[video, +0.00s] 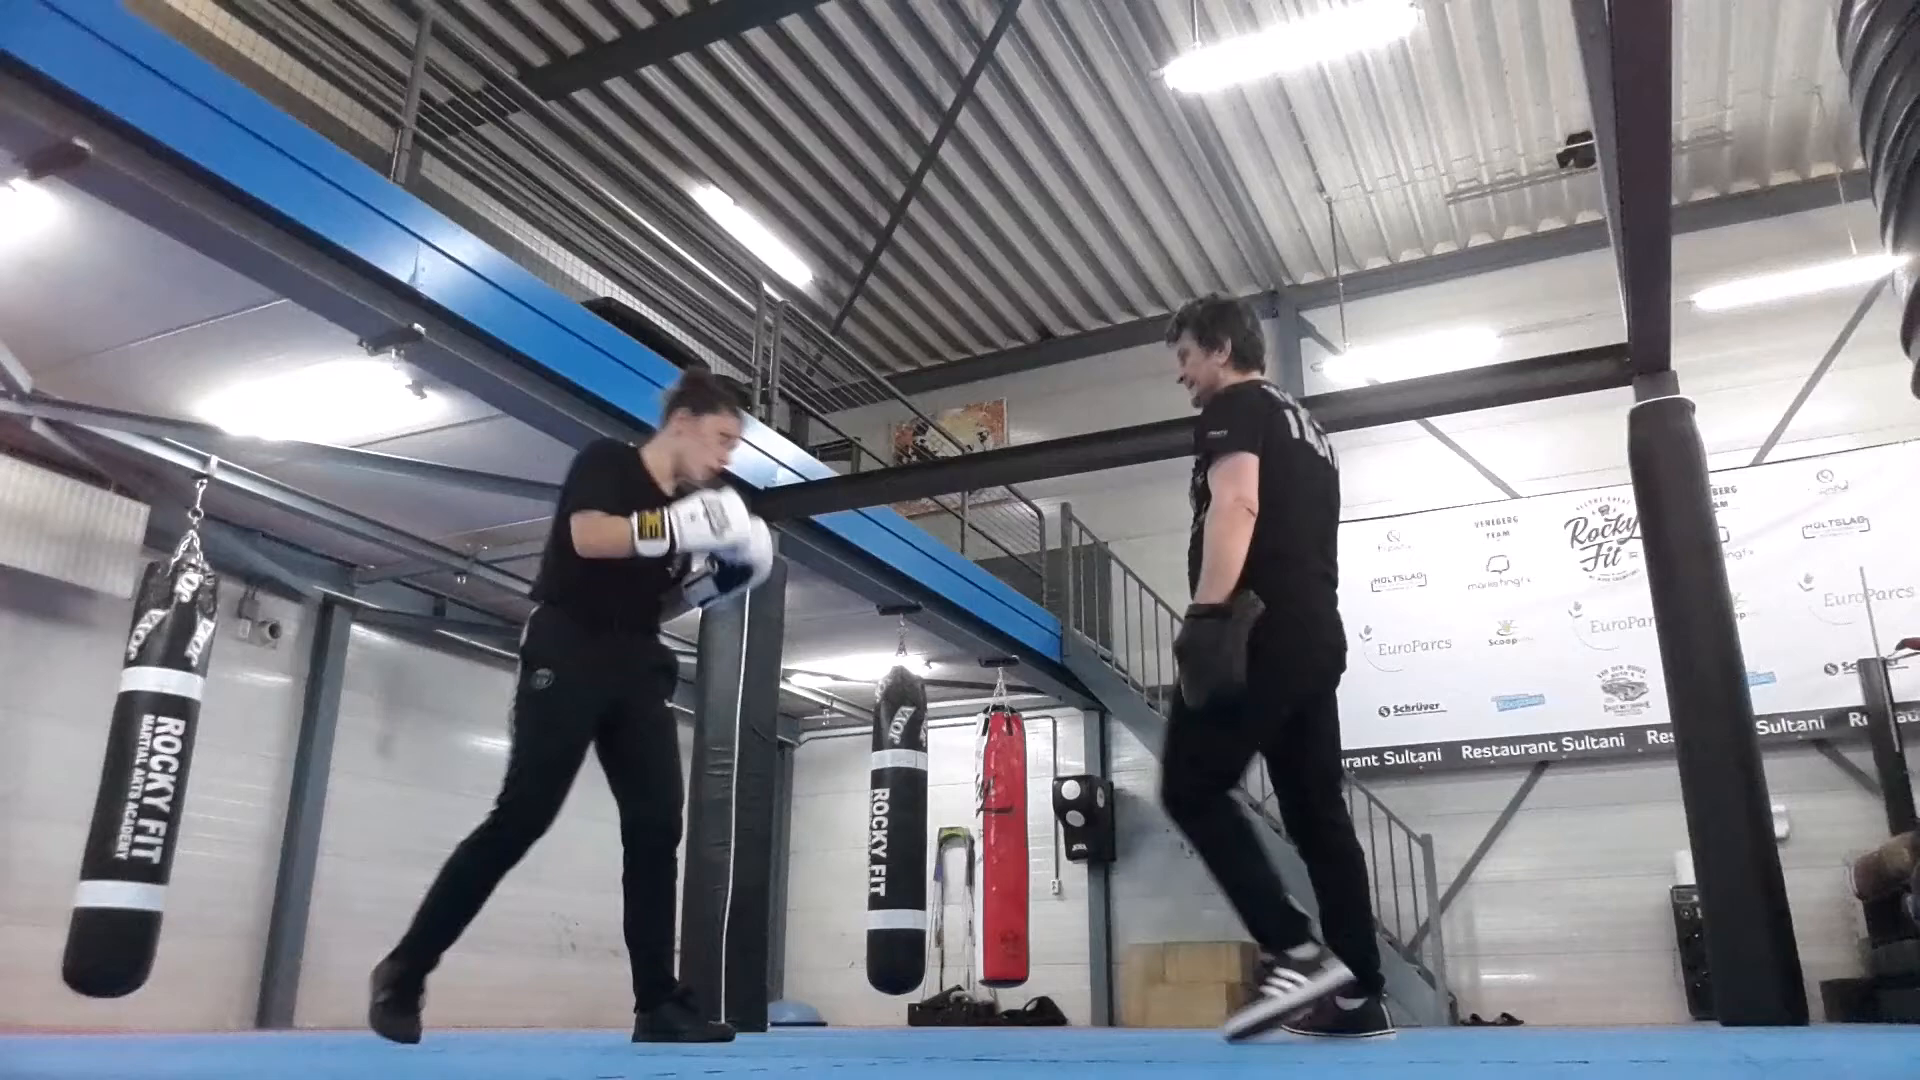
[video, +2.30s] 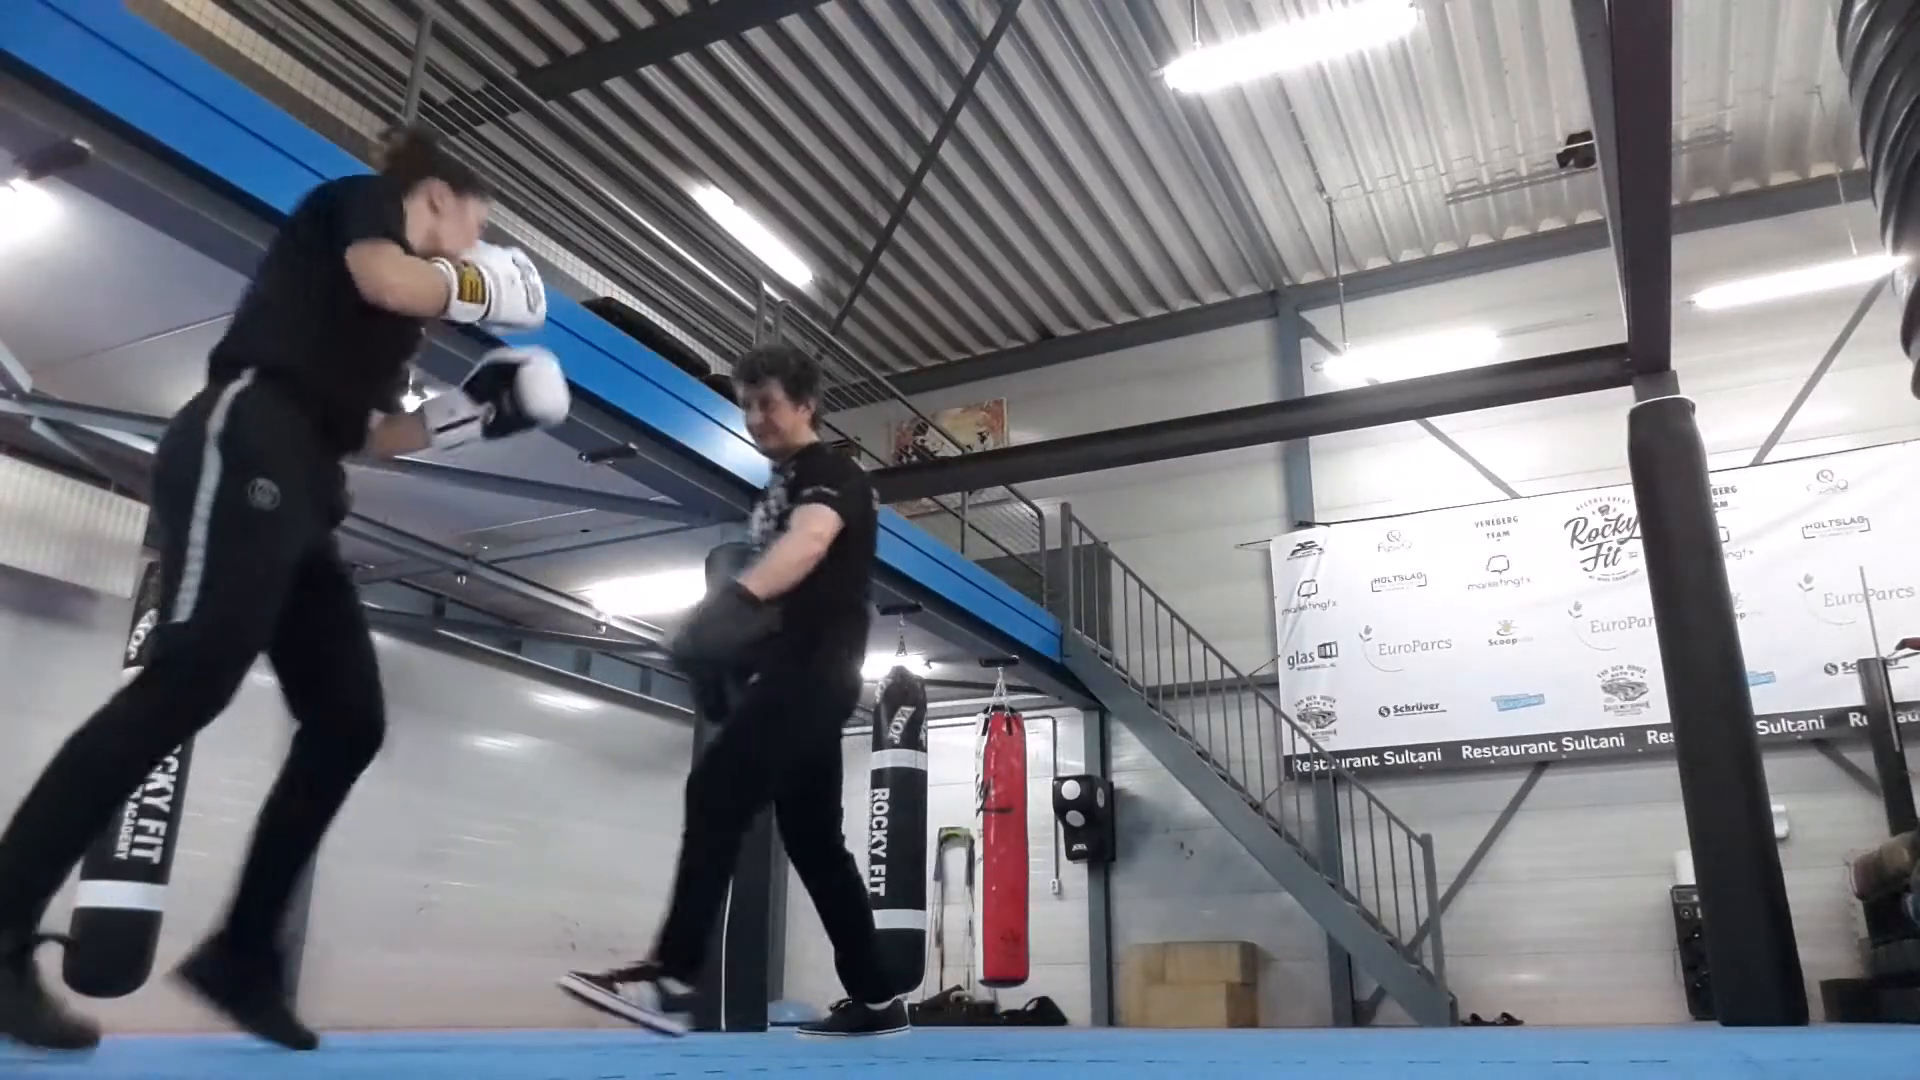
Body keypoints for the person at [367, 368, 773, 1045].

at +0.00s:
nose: (727, 458)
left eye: (733, 446)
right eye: (721, 440)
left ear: (712, 441)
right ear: (679, 423)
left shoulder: (686, 505)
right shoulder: (607, 462)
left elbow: (651, 605)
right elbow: (587, 534)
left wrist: (716, 580)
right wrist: (674, 525)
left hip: (637, 672)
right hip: (566, 659)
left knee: (655, 828)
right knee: (523, 817)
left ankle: (658, 1005)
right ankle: (404, 971)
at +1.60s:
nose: (643, 386)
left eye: (647, 375)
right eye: (640, 370)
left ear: (600, 362)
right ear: (606, 357)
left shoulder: (579, 431)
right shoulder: (547, 400)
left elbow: (635, 535)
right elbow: (630, 456)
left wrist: (661, 464)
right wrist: (674, 421)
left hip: (552, 626)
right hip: (500, 615)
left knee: (589, 810)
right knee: (465, 795)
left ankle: (629, 986)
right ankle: (314, 989)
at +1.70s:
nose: (624, 348)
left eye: (626, 337)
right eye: (621, 333)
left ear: (583, 322)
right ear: (586, 313)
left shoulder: (556, 397)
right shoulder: (524, 346)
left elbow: (603, 503)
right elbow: (602, 418)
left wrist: (668, 441)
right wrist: (646, 385)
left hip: (508, 575)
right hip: (451, 556)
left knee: (571, 762)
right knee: (441, 750)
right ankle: (298, 969)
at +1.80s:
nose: (602, 330)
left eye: (606, 316)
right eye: (597, 309)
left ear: (554, 303)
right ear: (557, 291)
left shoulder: (532, 379)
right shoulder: (492, 327)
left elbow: (558, 503)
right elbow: (557, 417)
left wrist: (641, 470)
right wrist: (618, 382)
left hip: (471, 572)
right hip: (420, 551)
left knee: (525, 768)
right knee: (406, 735)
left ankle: (401, 954)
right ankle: (211, 932)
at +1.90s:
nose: (568, 341)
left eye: (571, 326)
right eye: (565, 321)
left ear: (520, 307)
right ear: (521, 304)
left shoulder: (491, 392)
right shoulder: (450, 344)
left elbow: (481, 528)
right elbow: (494, 442)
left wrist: (586, 506)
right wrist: (567, 414)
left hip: (433, 604)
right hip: (387, 581)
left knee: (468, 812)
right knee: (320, 759)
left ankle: (357, 1002)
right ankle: (88, 946)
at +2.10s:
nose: (516, 319)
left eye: (519, 303)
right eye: (513, 298)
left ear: (467, 284)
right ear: (472, 277)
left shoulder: (426, 362)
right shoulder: (379, 298)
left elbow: (370, 482)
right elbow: (394, 395)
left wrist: (462, 498)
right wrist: (491, 385)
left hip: (350, 584)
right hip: (285, 557)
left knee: (390, 779)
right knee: (208, 750)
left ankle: (361, 985)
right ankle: (16, 970)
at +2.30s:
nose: (477, 241)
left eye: (482, 228)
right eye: (474, 218)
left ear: (432, 214)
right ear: (432, 190)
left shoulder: (397, 294)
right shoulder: (360, 198)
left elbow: (359, 434)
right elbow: (383, 278)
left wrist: (468, 411)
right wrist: (480, 287)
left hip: (296, 486)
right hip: (239, 441)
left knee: (346, 727)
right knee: (187, 681)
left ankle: (243, 959)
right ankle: (4, 935)